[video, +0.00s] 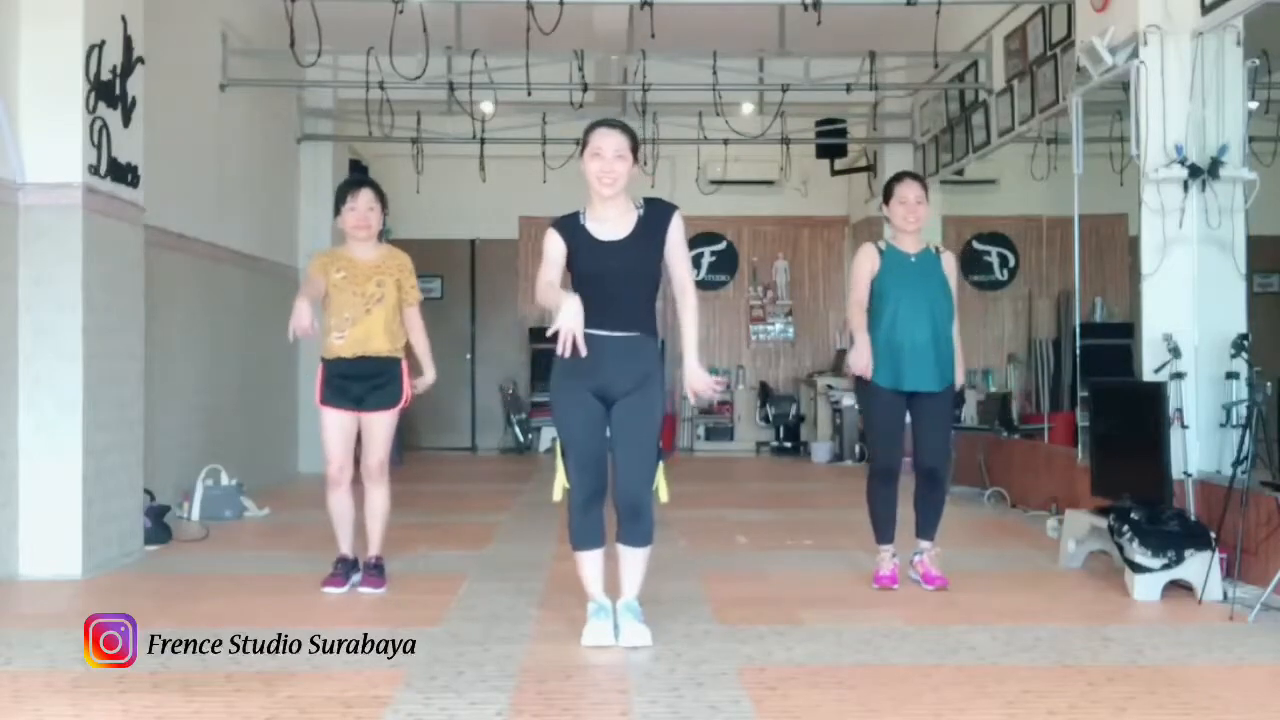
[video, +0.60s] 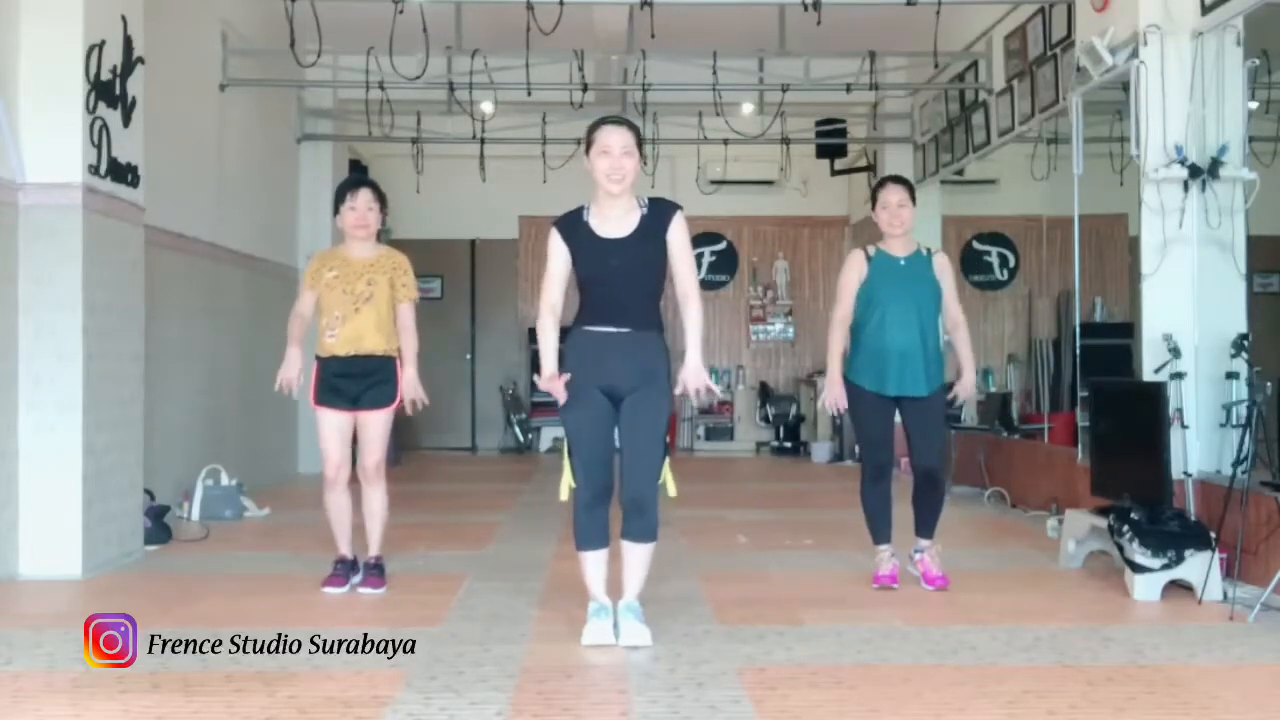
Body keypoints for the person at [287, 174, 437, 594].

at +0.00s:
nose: (361, 216)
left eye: (370, 209)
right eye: (352, 209)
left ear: (382, 217)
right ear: (339, 218)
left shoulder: (398, 262)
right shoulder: (326, 262)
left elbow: (412, 316)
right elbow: (310, 291)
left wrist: (427, 365)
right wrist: (303, 306)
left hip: (386, 370)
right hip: (338, 370)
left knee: (375, 468)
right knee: (337, 470)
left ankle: (373, 559)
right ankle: (345, 558)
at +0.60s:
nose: (361, 215)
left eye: (370, 208)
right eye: (352, 208)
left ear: (382, 216)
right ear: (338, 217)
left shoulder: (396, 263)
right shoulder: (323, 263)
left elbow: (406, 323)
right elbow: (301, 313)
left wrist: (410, 371)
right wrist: (293, 353)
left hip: (380, 369)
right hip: (332, 370)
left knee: (372, 468)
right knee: (334, 470)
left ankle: (374, 560)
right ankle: (344, 560)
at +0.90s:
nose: (357, 217)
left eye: (365, 209)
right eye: (348, 209)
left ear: (377, 217)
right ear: (333, 217)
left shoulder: (388, 261)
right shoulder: (318, 265)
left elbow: (387, 310)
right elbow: (302, 329)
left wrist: (368, 328)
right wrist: (287, 386)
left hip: (368, 370)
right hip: (322, 369)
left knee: (361, 470)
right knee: (335, 472)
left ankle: (371, 558)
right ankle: (345, 560)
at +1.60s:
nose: (356, 221)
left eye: (365, 213)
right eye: (347, 214)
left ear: (376, 219)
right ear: (332, 221)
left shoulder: (392, 264)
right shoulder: (321, 267)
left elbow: (403, 326)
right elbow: (304, 328)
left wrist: (400, 380)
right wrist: (290, 383)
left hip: (374, 370)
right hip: (325, 370)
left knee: (363, 468)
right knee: (337, 468)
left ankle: (374, 557)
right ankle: (345, 560)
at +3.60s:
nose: (355, 221)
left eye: (364, 214)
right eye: (347, 213)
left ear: (376, 221)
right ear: (332, 222)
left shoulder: (390, 265)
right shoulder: (319, 269)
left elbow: (411, 321)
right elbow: (303, 319)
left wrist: (427, 377)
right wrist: (299, 352)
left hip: (376, 371)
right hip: (328, 371)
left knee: (372, 462)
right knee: (337, 468)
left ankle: (384, 543)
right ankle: (348, 559)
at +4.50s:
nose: (361, 220)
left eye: (370, 212)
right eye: (352, 212)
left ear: (382, 219)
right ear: (340, 220)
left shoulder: (399, 262)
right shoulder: (326, 269)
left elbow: (414, 319)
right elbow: (312, 332)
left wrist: (393, 332)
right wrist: (301, 388)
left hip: (387, 372)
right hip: (339, 372)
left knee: (391, 465)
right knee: (345, 469)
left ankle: (409, 532)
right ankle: (350, 561)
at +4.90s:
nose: (363, 215)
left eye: (372, 208)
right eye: (355, 207)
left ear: (385, 218)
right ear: (342, 216)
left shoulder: (399, 259)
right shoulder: (331, 263)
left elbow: (411, 317)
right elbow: (324, 319)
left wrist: (358, 295)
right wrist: (315, 366)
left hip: (391, 367)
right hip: (342, 367)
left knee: (396, 467)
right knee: (347, 468)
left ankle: (417, 540)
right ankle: (350, 559)